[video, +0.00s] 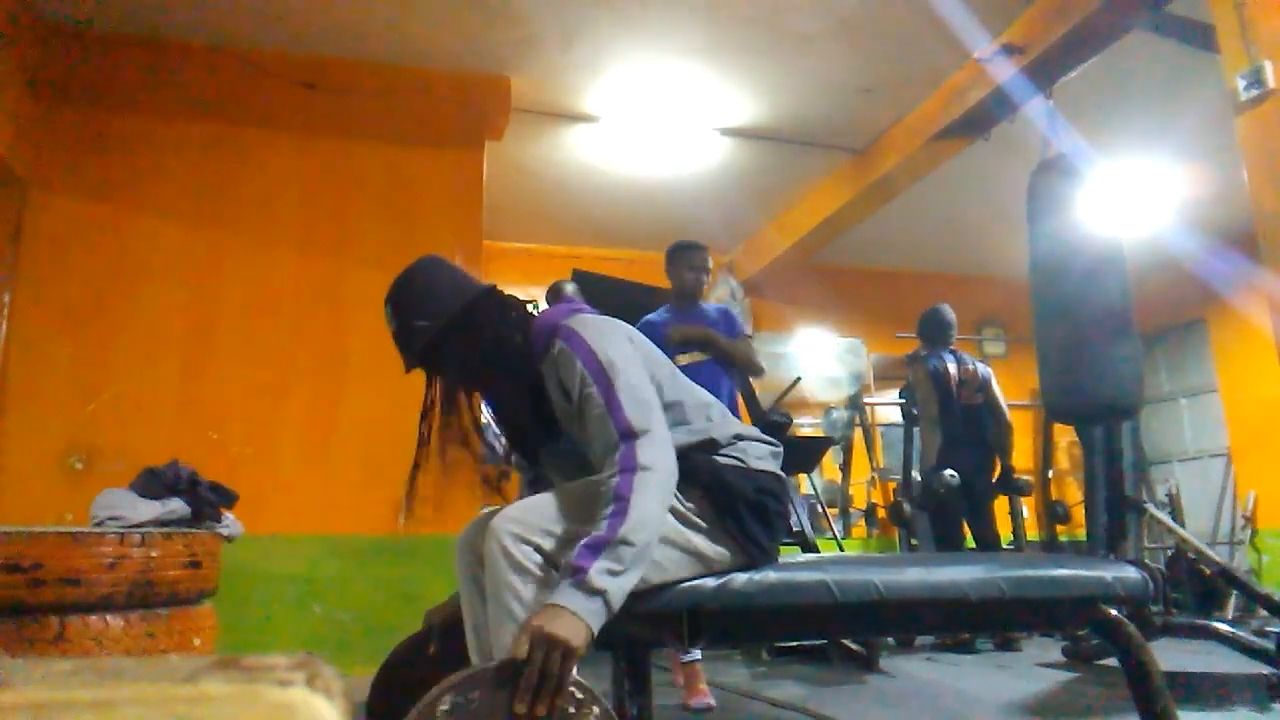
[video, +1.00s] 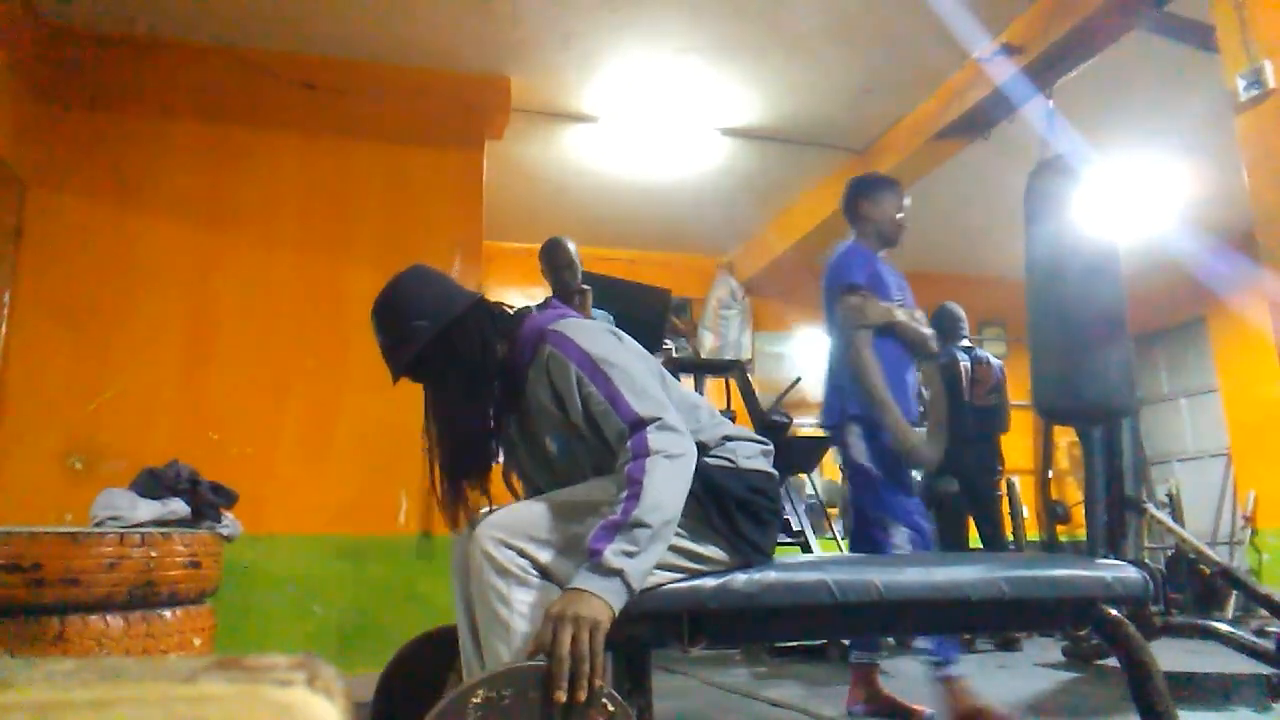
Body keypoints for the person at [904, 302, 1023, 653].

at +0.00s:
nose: (920, 341)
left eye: (921, 335)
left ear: (923, 335)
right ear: (954, 334)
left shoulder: (922, 366)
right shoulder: (980, 368)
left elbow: (930, 419)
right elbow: (1003, 420)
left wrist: (927, 469)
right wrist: (1007, 466)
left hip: (944, 469)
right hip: (979, 467)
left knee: (949, 547)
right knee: (989, 542)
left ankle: (960, 630)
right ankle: (1006, 626)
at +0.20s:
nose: (929, 335)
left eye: (929, 329)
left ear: (930, 331)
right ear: (963, 330)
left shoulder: (931, 367)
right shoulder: (986, 367)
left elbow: (934, 421)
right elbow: (1004, 425)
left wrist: (928, 470)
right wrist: (988, 452)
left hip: (947, 468)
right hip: (982, 466)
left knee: (950, 548)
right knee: (994, 543)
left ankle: (958, 629)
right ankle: (1010, 626)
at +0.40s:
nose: (936, 338)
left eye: (936, 332)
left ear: (938, 331)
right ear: (969, 329)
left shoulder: (940, 363)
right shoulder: (995, 364)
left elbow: (939, 421)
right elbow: (1004, 423)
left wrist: (925, 471)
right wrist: (974, 430)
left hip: (949, 470)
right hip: (985, 470)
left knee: (952, 548)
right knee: (997, 544)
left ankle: (959, 629)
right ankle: (1009, 628)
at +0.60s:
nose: (932, 342)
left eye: (932, 336)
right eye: (934, 336)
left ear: (936, 335)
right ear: (965, 330)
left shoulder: (941, 364)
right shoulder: (994, 365)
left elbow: (939, 419)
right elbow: (996, 421)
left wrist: (923, 468)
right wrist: (996, 464)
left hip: (952, 469)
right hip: (987, 469)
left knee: (953, 548)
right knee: (998, 544)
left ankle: (959, 628)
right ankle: (1009, 627)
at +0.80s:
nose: (929, 343)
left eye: (929, 338)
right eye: (932, 339)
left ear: (931, 336)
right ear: (962, 332)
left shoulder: (936, 365)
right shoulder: (992, 365)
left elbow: (938, 420)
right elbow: (993, 420)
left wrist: (927, 472)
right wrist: (992, 458)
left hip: (950, 466)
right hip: (985, 465)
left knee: (953, 547)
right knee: (997, 543)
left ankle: (958, 628)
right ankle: (1009, 625)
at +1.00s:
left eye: (938, 329)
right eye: (957, 324)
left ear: (935, 331)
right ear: (967, 328)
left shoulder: (935, 364)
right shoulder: (992, 366)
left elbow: (932, 420)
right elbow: (1002, 421)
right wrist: (974, 424)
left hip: (946, 468)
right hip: (984, 467)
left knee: (953, 547)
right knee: (996, 543)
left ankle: (960, 627)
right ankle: (1008, 626)